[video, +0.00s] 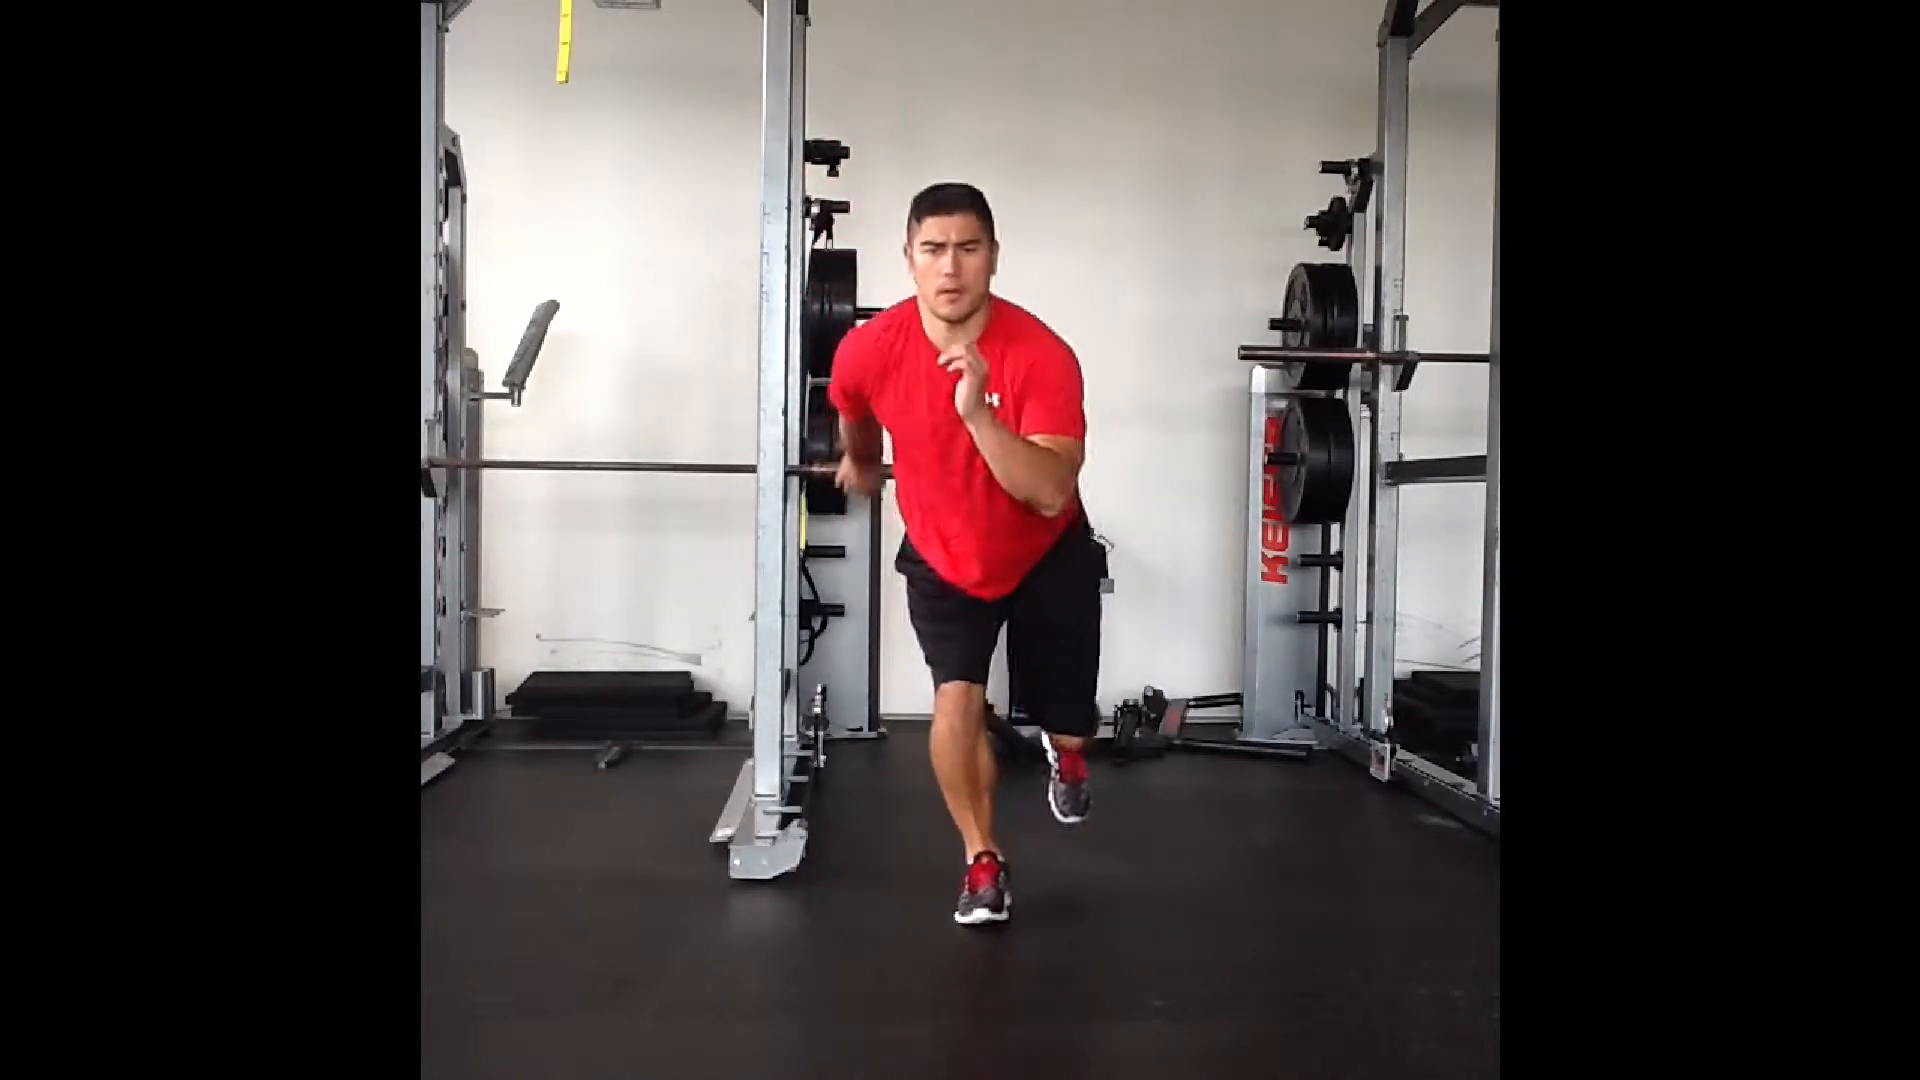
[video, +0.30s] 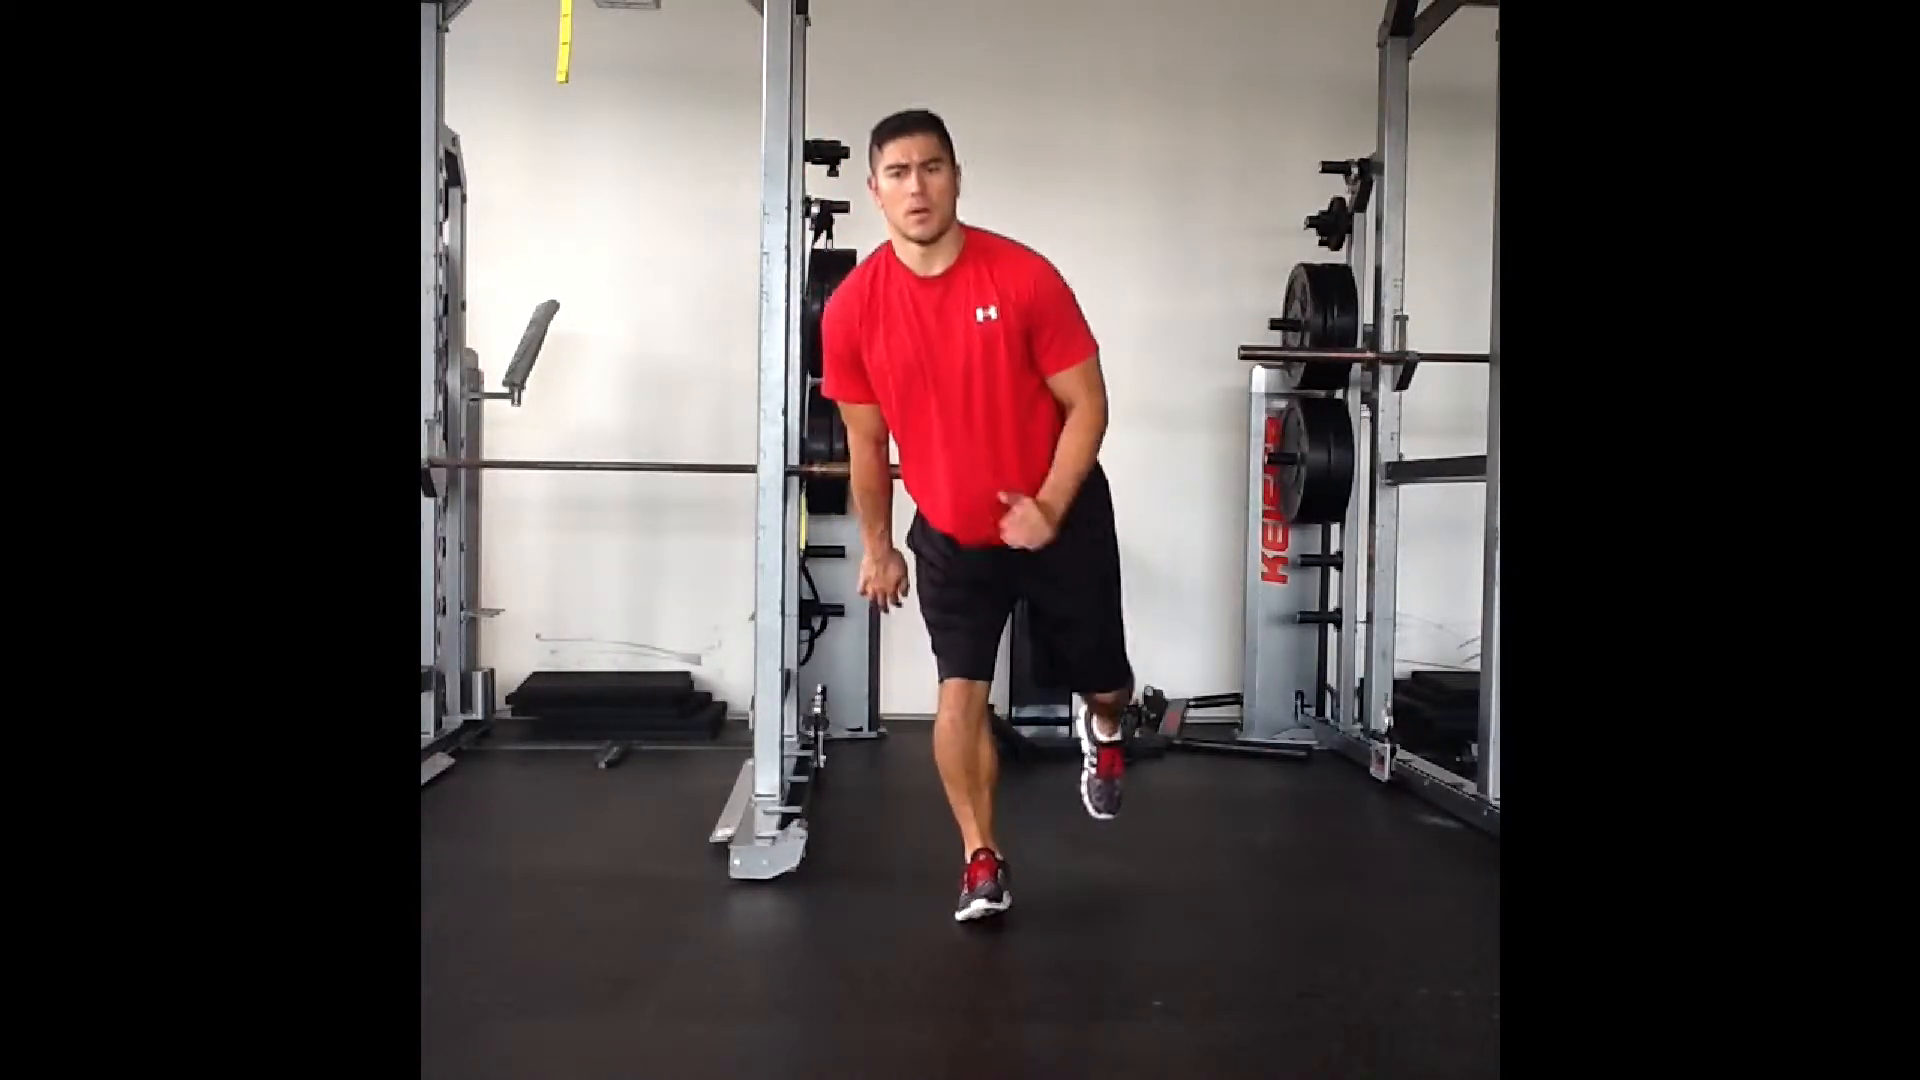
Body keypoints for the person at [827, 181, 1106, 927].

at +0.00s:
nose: (951, 268)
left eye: (968, 249)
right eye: (933, 250)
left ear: (993, 258)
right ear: (909, 260)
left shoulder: (1042, 357)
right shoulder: (870, 350)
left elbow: (1053, 492)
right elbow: (851, 411)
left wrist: (977, 416)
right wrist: (859, 464)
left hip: (1049, 552)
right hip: (943, 558)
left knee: (1065, 710)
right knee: (957, 698)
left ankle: (1067, 752)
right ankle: (981, 860)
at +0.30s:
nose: (917, 186)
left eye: (932, 168)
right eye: (898, 172)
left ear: (957, 179)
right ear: (876, 192)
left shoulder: (1026, 278)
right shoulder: (852, 310)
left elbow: (1089, 405)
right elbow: (866, 441)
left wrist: (1051, 505)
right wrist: (878, 547)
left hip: (1063, 512)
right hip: (955, 532)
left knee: (1102, 673)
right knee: (959, 692)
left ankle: (1103, 734)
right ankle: (981, 860)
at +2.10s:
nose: (952, 189)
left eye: (970, 173)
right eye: (936, 173)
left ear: (999, 188)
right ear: (914, 188)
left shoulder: (1050, 297)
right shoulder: (872, 290)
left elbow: (1086, 433)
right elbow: (858, 375)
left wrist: (999, 436)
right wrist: (871, 463)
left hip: (1042, 525)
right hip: (936, 536)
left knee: (1055, 671)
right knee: (956, 686)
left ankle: (1040, 698)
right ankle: (982, 859)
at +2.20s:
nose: (951, 243)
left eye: (968, 227)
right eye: (934, 228)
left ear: (997, 240)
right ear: (914, 242)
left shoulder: (1041, 339)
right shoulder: (875, 329)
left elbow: (1054, 454)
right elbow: (893, 412)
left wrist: (960, 361)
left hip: (1043, 553)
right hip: (941, 555)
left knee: (1031, 695)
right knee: (959, 692)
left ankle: (994, 728)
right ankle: (982, 859)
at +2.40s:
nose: (941, 296)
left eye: (959, 277)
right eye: (924, 277)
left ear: (990, 287)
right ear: (902, 288)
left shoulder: (1036, 374)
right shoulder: (871, 368)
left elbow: (1053, 510)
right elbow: (906, 436)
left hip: (1044, 575)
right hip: (944, 574)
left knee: (1015, 710)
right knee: (963, 711)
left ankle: (1001, 717)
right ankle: (985, 862)